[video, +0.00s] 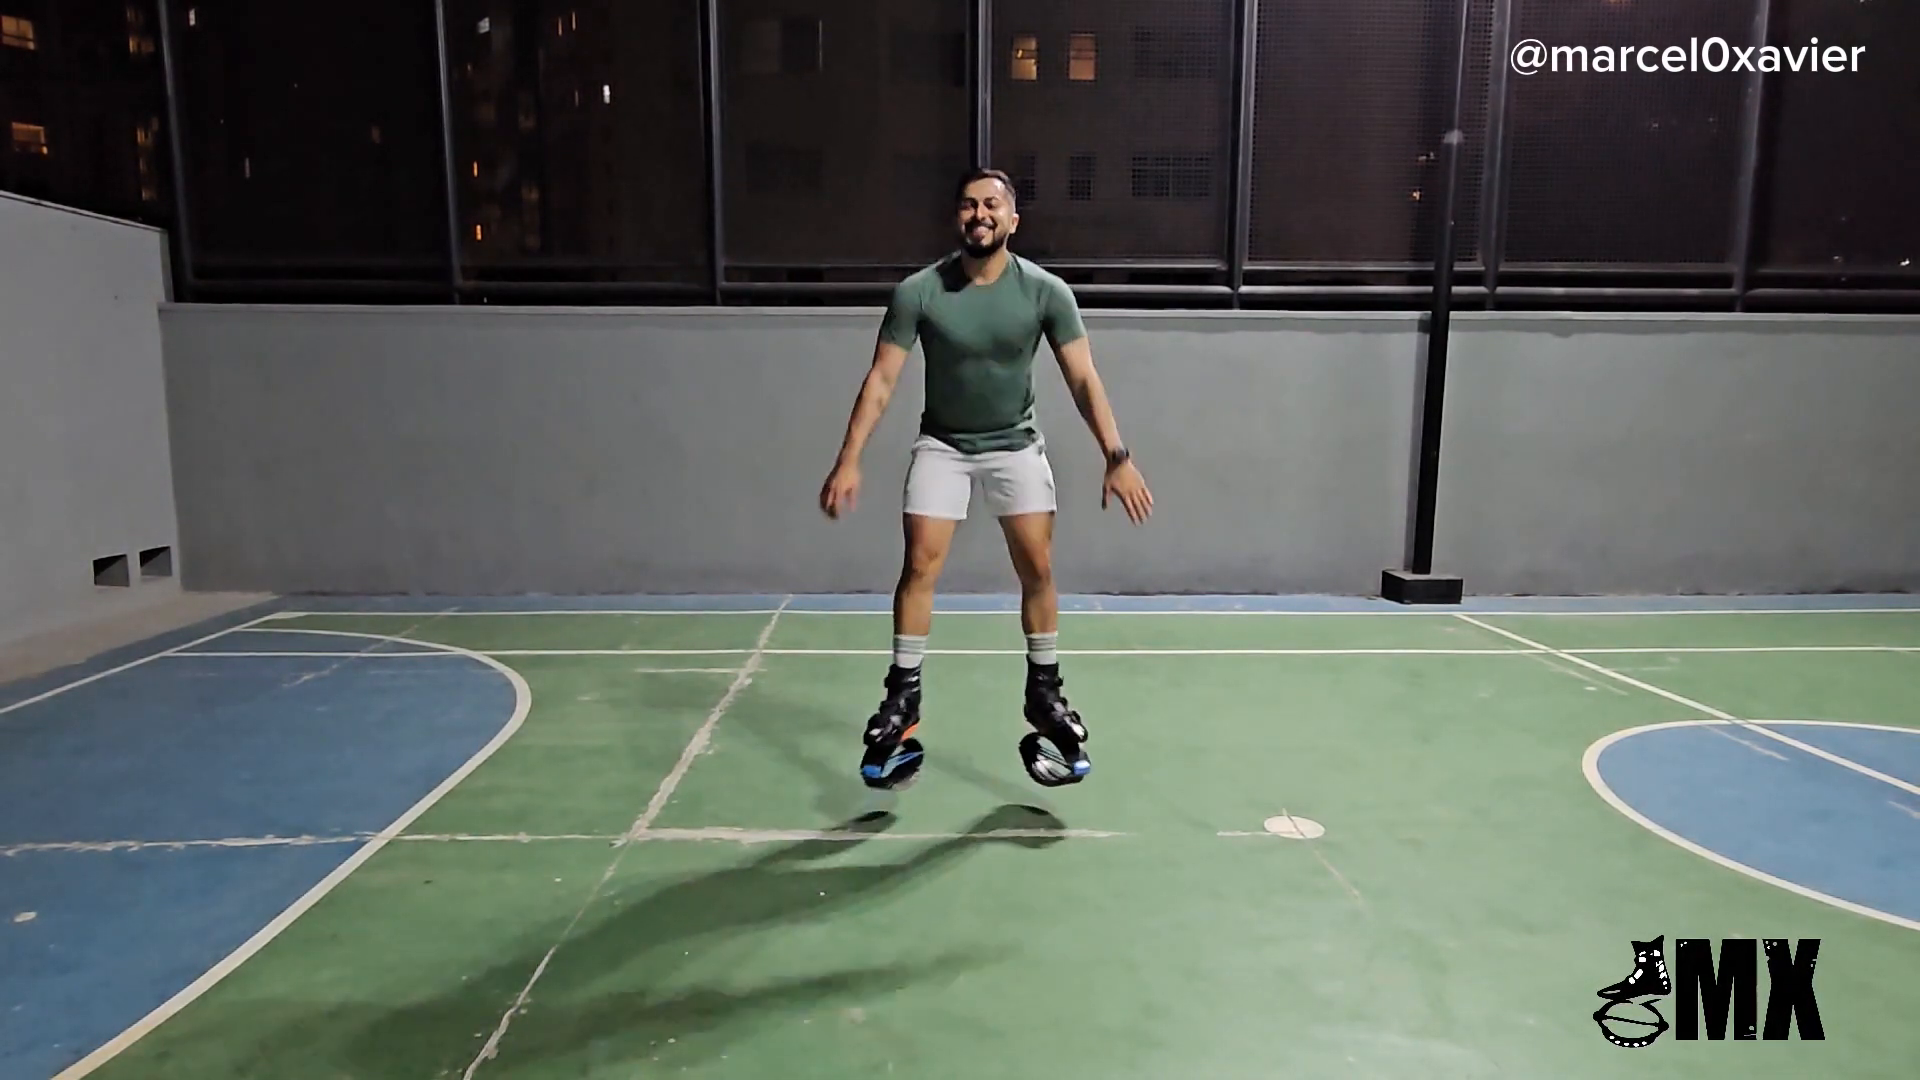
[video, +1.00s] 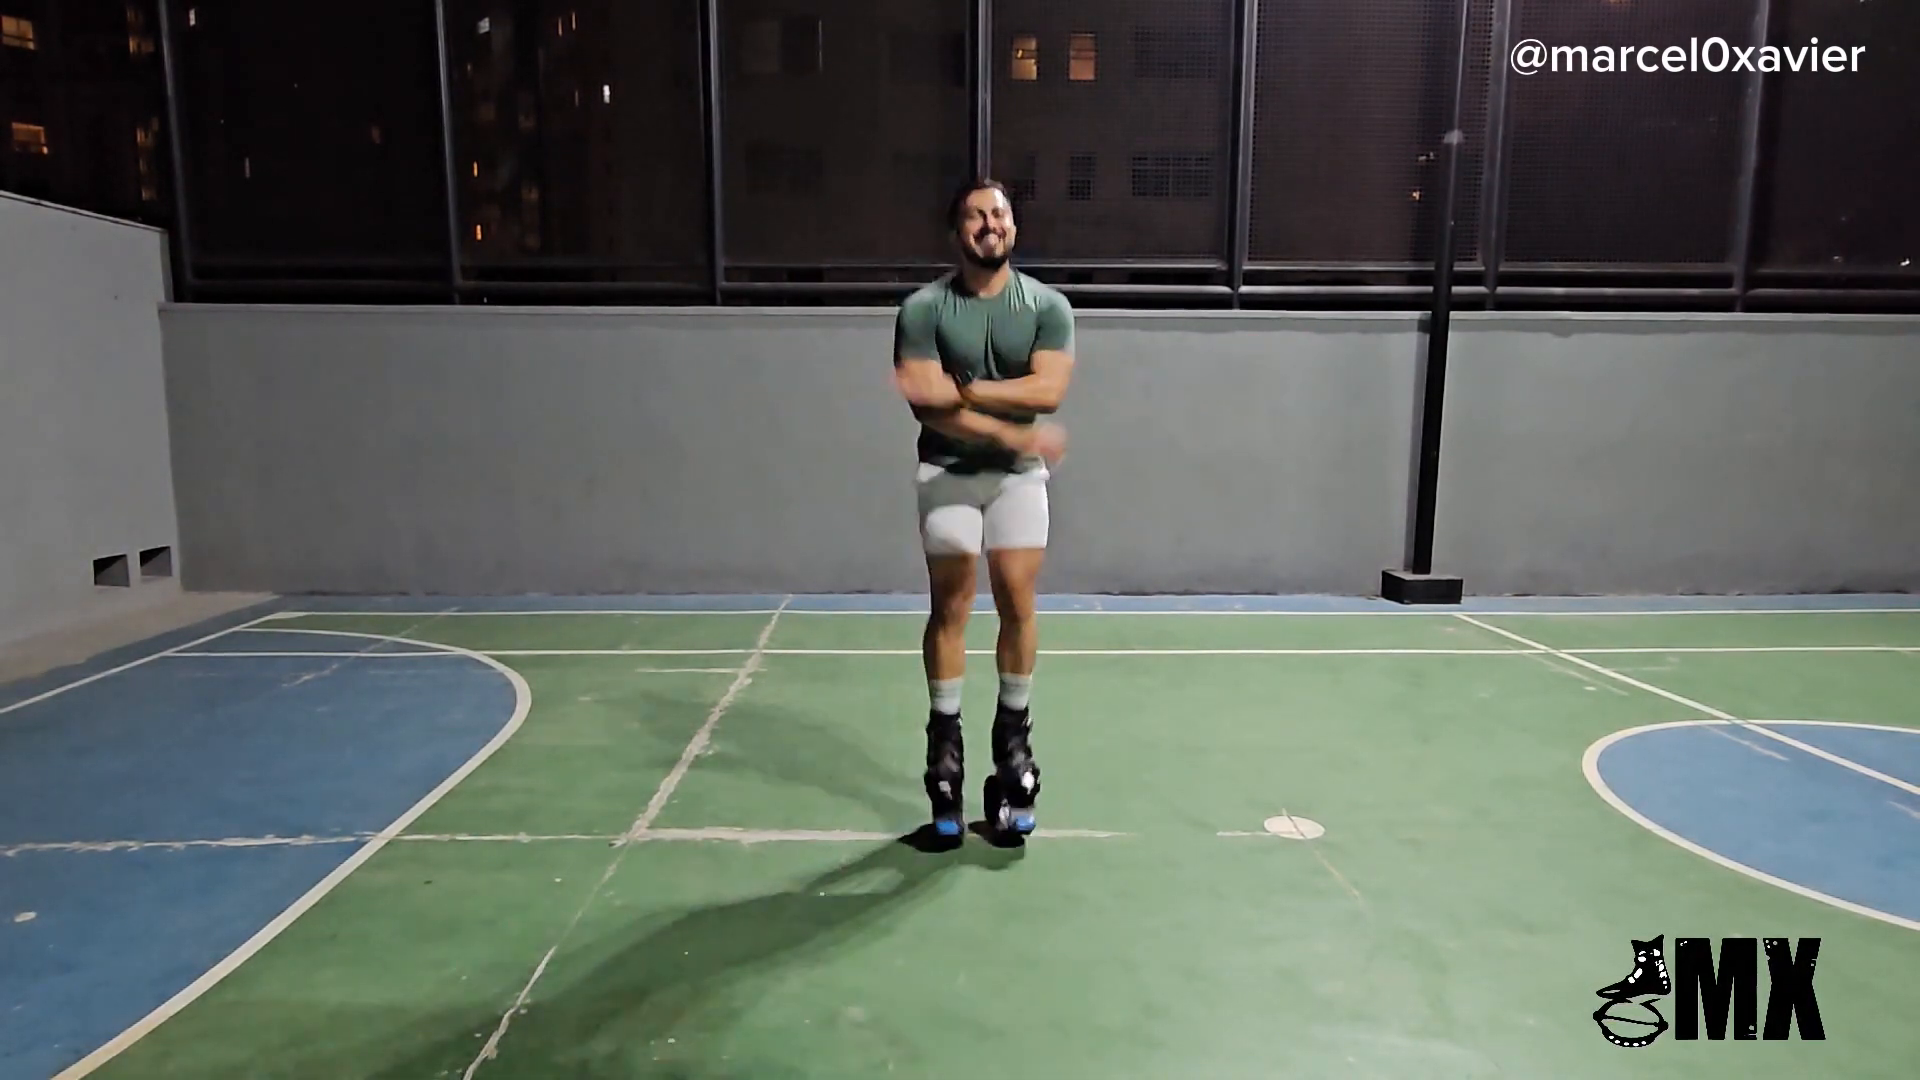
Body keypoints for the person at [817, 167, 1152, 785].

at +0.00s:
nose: (979, 213)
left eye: (991, 204)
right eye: (969, 204)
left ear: (1014, 218)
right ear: (956, 218)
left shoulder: (1045, 292)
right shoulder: (918, 293)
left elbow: (1084, 381)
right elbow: (880, 383)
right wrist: (848, 461)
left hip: (1016, 447)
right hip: (941, 447)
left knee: (1037, 567)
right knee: (920, 563)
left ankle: (1044, 693)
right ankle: (902, 697)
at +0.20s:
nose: (984, 269)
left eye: (995, 259)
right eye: (974, 259)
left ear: (1016, 269)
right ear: (959, 270)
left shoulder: (1046, 346)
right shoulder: (925, 347)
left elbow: (1066, 426)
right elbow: (886, 425)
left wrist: (1082, 486)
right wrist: (855, 488)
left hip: (1019, 512)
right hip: (943, 510)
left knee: (1035, 620)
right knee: (920, 623)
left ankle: (1058, 754)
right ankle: (885, 756)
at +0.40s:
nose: (991, 197)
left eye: (1002, 188)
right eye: (979, 189)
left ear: (1022, 205)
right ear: (963, 205)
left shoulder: (1050, 283)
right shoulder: (925, 278)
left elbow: (1062, 375)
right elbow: (900, 371)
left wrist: (1065, 450)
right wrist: (886, 446)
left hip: (1020, 447)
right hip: (940, 446)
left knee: (1043, 566)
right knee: (916, 564)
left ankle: (1059, 692)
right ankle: (888, 697)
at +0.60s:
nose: (985, 262)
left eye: (996, 251)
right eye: (974, 253)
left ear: (1015, 267)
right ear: (960, 270)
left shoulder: (1046, 346)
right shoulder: (923, 346)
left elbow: (1112, 413)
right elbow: (859, 410)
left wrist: (1186, 423)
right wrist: (784, 415)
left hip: (1018, 508)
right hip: (940, 507)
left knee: (1042, 625)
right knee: (917, 626)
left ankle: (1061, 759)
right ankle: (884, 763)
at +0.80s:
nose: (985, 199)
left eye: (996, 189)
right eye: (973, 190)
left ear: (1016, 205)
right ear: (956, 207)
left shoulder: (1050, 281)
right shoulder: (921, 281)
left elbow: (1101, 362)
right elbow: (874, 363)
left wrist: (1157, 387)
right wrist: (825, 405)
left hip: (1018, 455)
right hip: (942, 455)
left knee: (1035, 579)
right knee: (924, 581)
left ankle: (1052, 717)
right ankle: (899, 724)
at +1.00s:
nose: (990, 224)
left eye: (998, 213)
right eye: (976, 215)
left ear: (1014, 227)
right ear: (957, 232)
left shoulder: (1048, 306)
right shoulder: (924, 308)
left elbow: (1049, 390)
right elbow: (926, 401)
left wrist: (959, 390)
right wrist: (1014, 433)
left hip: (1020, 471)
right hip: (948, 472)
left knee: (1017, 601)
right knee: (950, 604)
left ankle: (1013, 738)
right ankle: (945, 744)